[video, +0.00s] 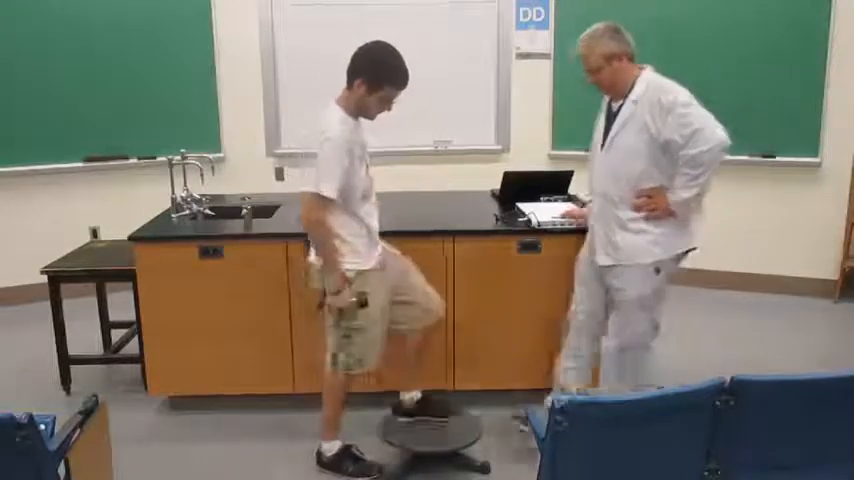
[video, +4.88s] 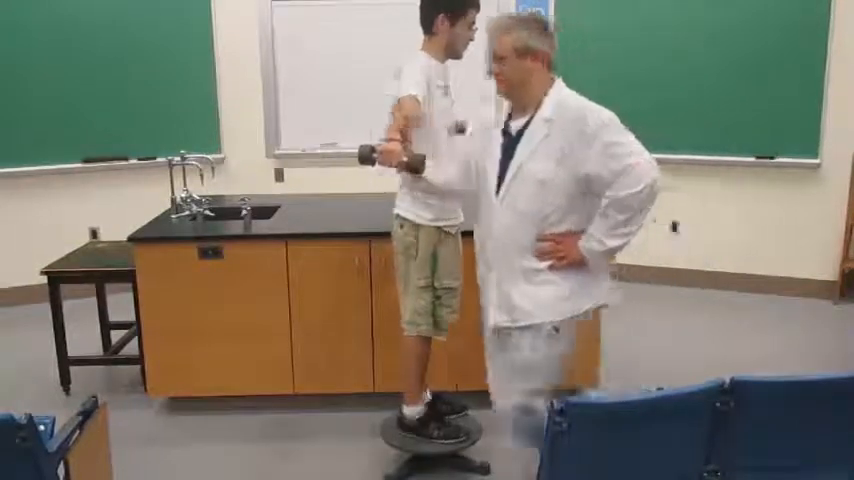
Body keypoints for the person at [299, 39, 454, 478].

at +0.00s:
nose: (390, 107)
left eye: (394, 98)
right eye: (387, 98)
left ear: (361, 87)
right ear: (360, 85)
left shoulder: (352, 124)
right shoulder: (337, 133)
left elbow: (347, 206)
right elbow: (312, 213)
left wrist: (375, 248)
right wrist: (336, 272)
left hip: (373, 255)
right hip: (346, 265)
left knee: (426, 311)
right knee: (343, 359)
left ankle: (409, 399)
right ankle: (330, 446)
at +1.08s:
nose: (438, 105)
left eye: (443, 97)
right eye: (437, 95)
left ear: (412, 84)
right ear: (411, 82)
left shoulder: (397, 123)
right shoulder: (382, 127)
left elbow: (380, 199)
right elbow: (353, 198)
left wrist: (397, 252)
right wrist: (362, 267)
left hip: (403, 257)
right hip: (375, 267)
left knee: (447, 322)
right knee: (365, 362)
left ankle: (412, 401)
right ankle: (333, 444)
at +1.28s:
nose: (461, 62)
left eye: (465, 54)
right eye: (459, 52)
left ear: (437, 42)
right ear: (434, 38)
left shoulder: (420, 82)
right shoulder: (401, 79)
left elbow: (404, 159)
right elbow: (361, 147)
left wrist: (420, 219)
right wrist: (372, 220)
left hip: (417, 225)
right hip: (395, 227)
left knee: (429, 319)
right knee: (416, 320)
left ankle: (412, 399)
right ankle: (358, 383)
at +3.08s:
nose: (472, 46)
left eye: (475, 37)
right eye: (472, 35)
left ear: (446, 26)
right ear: (450, 26)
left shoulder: (427, 75)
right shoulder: (422, 78)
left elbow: (419, 153)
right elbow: (415, 156)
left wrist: (451, 175)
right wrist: (439, 221)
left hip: (428, 220)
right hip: (422, 222)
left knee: (427, 318)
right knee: (422, 320)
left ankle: (422, 400)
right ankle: (414, 411)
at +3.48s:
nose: (476, 32)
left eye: (477, 23)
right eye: (474, 22)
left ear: (447, 21)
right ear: (458, 20)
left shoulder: (440, 68)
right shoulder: (428, 66)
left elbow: (435, 122)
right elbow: (426, 113)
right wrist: (434, 152)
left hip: (441, 214)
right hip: (425, 214)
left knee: (435, 313)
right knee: (424, 315)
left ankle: (424, 398)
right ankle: (414, 411)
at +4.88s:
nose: (473, 35)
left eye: (474, 26)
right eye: (470, 26)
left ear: (444, 25)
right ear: (443, 24)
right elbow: (408, 106)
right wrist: (402, 134)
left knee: (432, 314)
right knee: (420, 316)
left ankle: (422, 399)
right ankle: (412, 411)